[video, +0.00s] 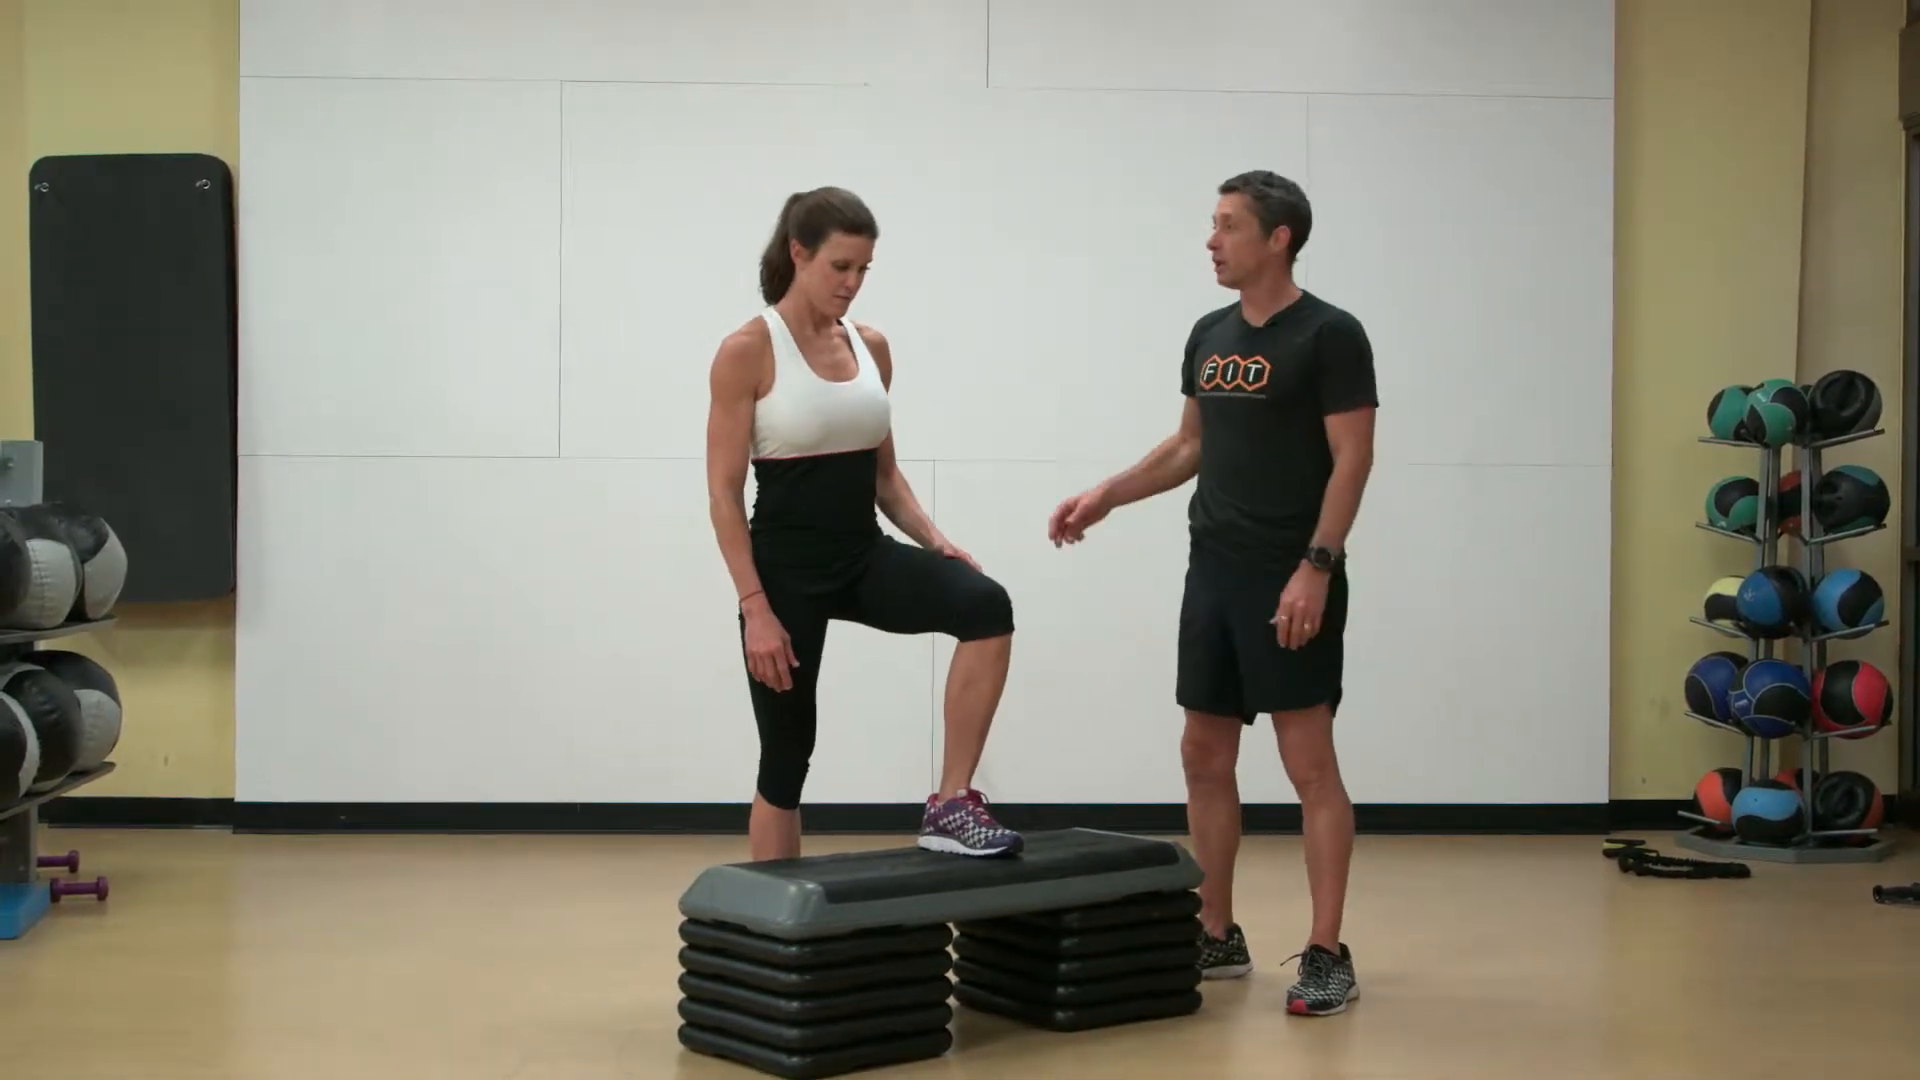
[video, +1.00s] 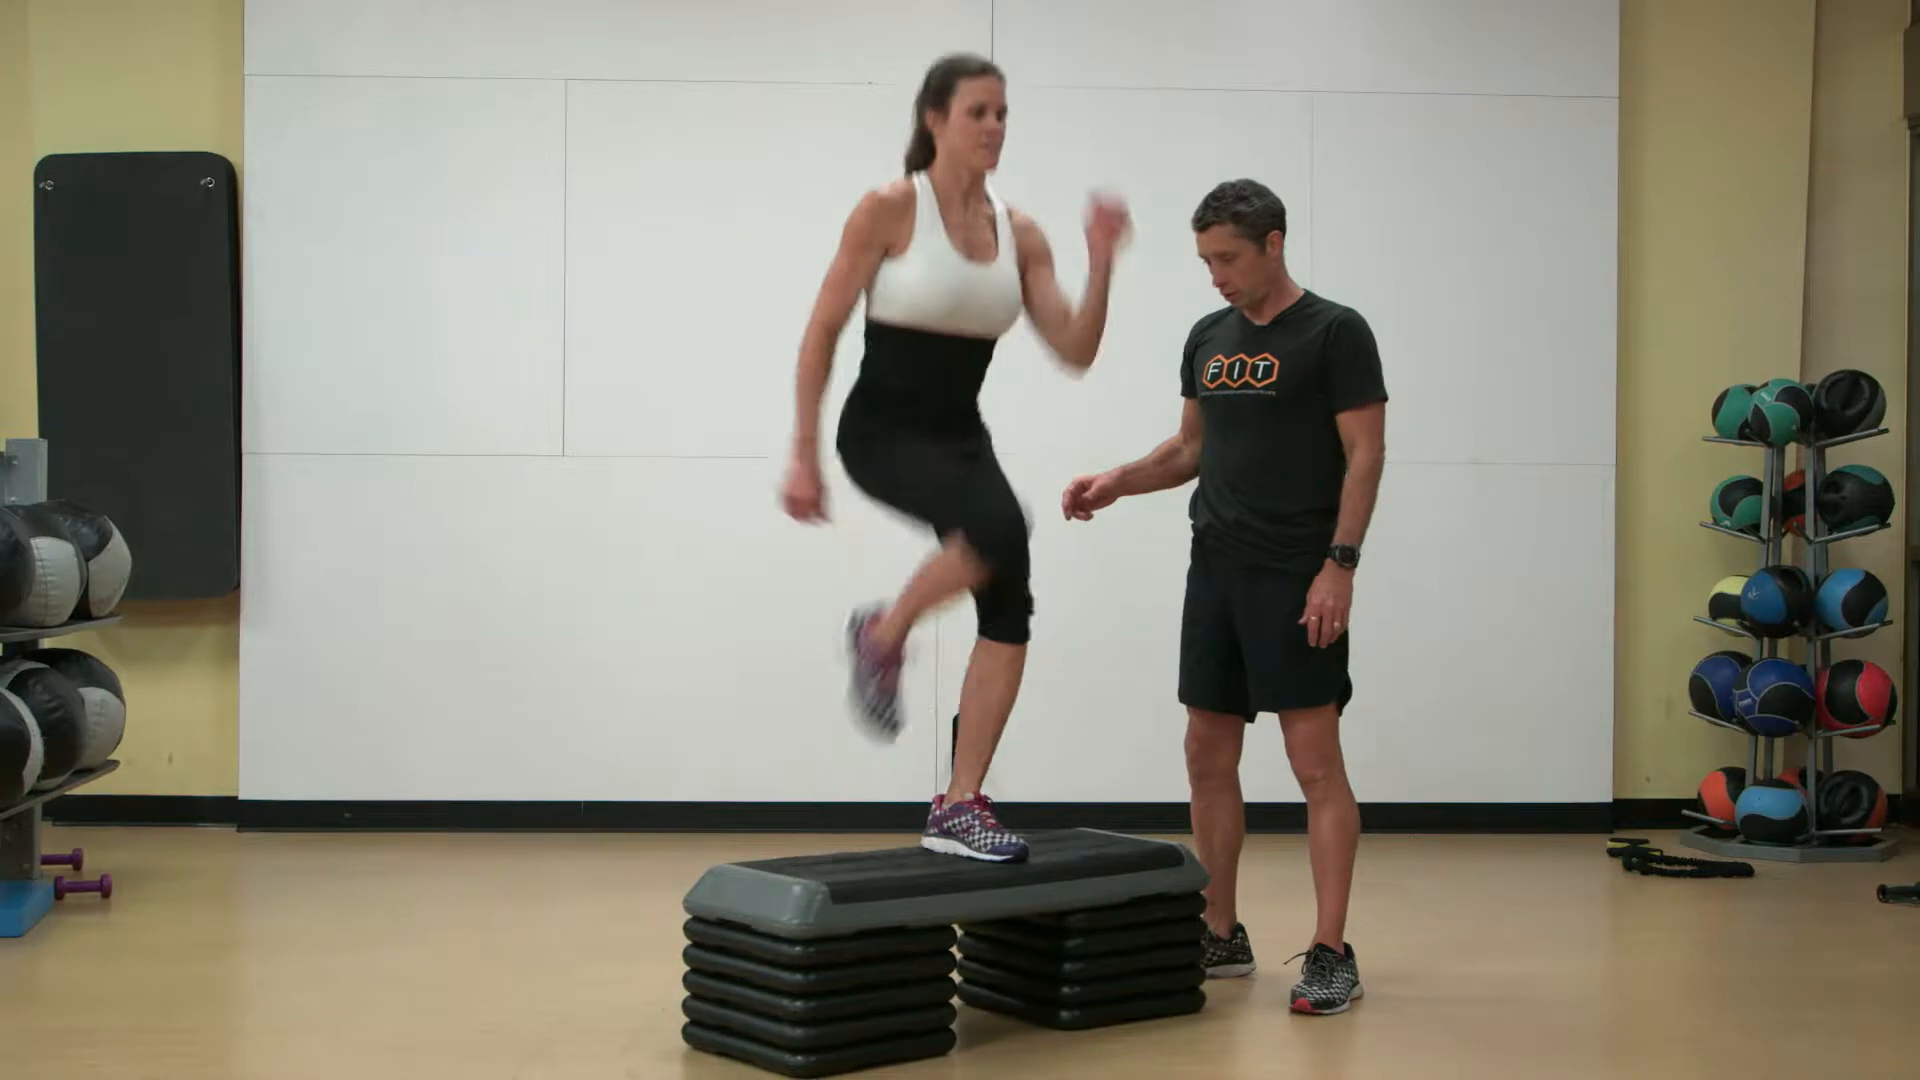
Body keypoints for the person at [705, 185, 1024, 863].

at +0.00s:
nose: (854, 283)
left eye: (862, 268)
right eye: (841, 266)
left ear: (869, 266)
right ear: (797, 254)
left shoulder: (869, 348)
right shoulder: (748, 352)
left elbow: (884, 473)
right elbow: (724, 493)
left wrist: (934, 540)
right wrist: (755, 608)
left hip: (861, 558)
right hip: (784, 568)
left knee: (986, 608)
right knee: (786, 760)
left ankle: (952, 801)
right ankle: (772, 932)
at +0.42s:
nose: (876, 267)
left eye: (882, 254)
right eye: (861, 253)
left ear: (885, 258)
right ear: (814, 254)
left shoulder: (891, 349)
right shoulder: (771, 355)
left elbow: (888, 470)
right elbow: (739, 493)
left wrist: (907, 593)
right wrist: (811, 527)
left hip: (877, 558)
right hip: (798, 569)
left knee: (986, 606)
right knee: (794, 765)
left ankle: (952, 800)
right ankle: (776, 934)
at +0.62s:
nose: (926, 272)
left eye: (931, 259)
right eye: (910, 259)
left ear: (935, 265)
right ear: (864, 267)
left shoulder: (939, 359)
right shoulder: (821, 358)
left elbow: (916, 483)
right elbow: (805, 489)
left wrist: (916, 598)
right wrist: (898, 431)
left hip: (900, 557)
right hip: (829, 564)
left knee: (1005, 617)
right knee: (831, 770)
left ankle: (954, 802)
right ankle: (783, 930)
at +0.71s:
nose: (953, 253)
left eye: (958, 239)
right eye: (937, 240)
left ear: (963, 246)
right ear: (891, 247)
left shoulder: (965, 340)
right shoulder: (851, 332)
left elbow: (945, 459)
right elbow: (836, 457)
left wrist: (950, 563)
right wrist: (930, 416)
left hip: (923, 540)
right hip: (848, 542)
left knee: (1019, 622)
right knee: (829, 741)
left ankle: (957, 803)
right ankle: (791, 916)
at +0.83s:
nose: (988, 194)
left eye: (992, 180)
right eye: (972, 181)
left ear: (993, 188)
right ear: (926, 188)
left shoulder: (1001, 291)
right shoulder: (885, 272)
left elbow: (998, 418)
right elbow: (845, 398)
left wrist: (1051, 493)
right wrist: (933, 453)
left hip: (946, 494)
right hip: (868, 493)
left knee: (1019, 619)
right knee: (878, 698)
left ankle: (957, 805)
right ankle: (806, 867)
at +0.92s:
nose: (997, 161)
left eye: (1002, 148)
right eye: (980, 148)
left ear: (1004, 159)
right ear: (935, 155)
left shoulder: (1012, 267)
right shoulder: (889, 244)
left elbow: (1038, 403)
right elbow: (834, 374)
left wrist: (1094, 395)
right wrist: (871, 476)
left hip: (950, 461)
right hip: (877, 460)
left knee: (1015, 615)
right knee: (947, 640)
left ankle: (959, 803)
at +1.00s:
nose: (997, 127)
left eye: (1002, 113)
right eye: (981, 113)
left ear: (1004, 124)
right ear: (935, 120)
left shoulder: (1018, 233)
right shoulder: (889, 210)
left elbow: (1075, 349)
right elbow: (823, 329)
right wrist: (804, 452)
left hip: (962, 433)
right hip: (882, 428)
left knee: (1010, 611)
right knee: (995, 529)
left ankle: (960, 804)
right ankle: (882, 632)